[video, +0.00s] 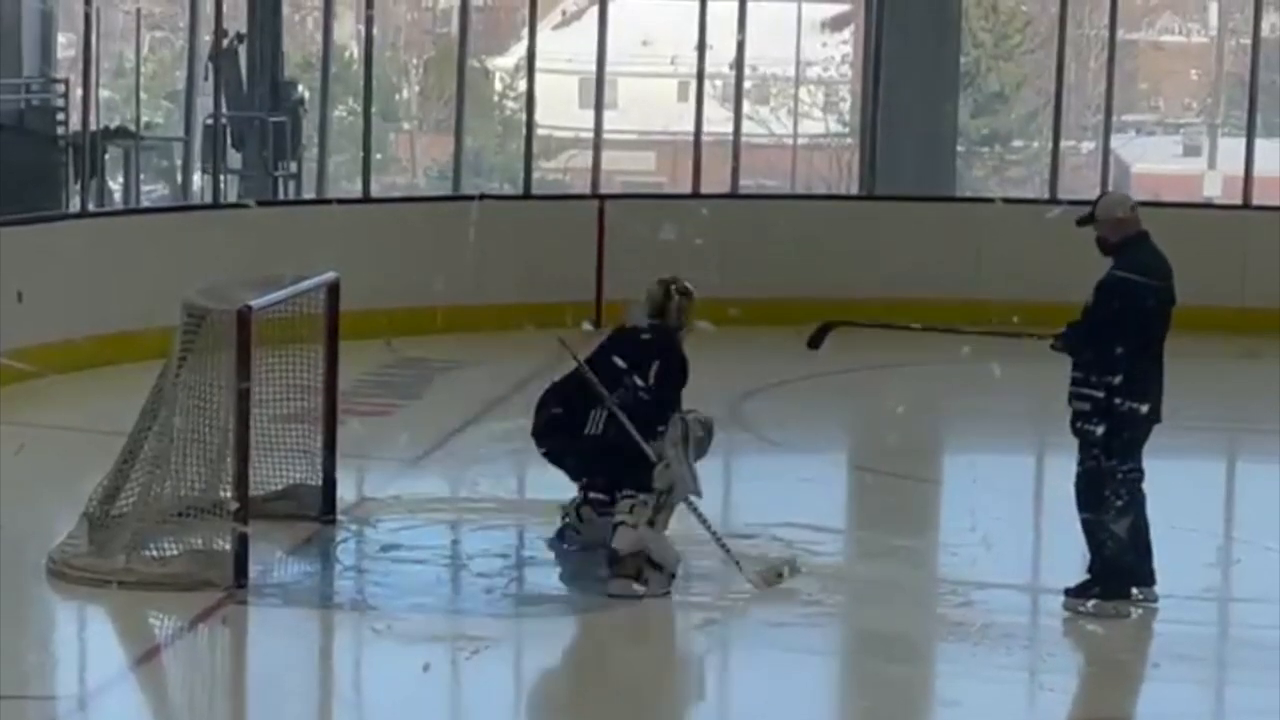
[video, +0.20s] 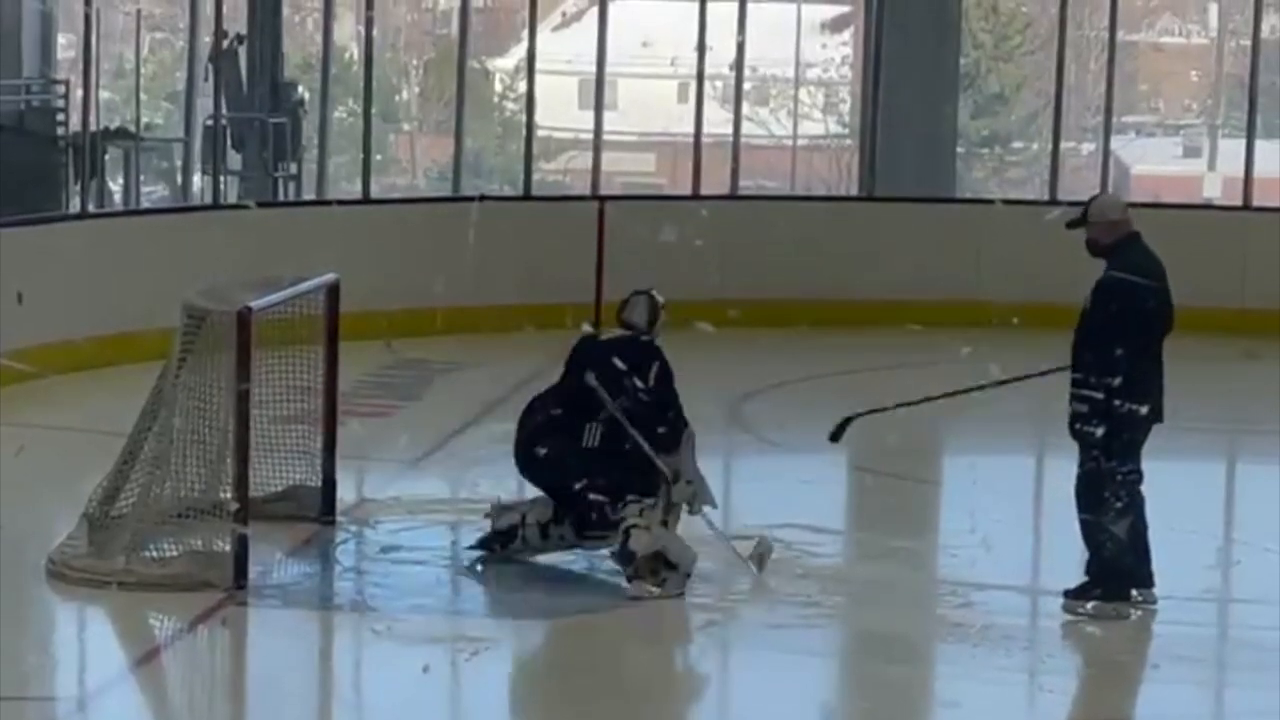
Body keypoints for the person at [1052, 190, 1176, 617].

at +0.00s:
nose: (1096, 236)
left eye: (1099, 228)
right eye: (1095, 228)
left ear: (1117, 226)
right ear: (1130, 223)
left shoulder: (1128, 272)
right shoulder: (1150, 265)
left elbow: (1103, 336)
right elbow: (1117, 328)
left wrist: (1069, 338)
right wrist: (1077, 334)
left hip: (1115, 404)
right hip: (1134, 401)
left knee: (1098, 489)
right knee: (1122, 487)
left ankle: (1111, 582)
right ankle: (1133, 575)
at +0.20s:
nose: (1085, 239)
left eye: (1089, 231)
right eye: (1085, 231)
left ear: (1107, 230)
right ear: (1118, 227)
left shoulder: (1121, 276)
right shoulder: (1143, 265)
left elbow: (1099, 352)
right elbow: (1141, 339)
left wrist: (1084, 411)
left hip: (1116, 406)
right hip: (1135, 401)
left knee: (1098, 493)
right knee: (1122, 489)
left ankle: (1108, 583)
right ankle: (1134, 577)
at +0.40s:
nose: (1071, 248)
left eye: (1075, 240)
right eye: (1070, 240)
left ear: (1096, 237)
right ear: (1100, 236)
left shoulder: (1115, 281)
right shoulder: (1120, 271)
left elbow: (1105, 354)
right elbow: (1117, 350)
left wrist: (1087, 413)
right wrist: (1092, 401)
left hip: (1113, 408)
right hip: (1124, 405)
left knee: (1095, 495)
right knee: (1117, 493)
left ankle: (1101, 589)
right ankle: (1133, 579)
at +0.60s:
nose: (1055, 263)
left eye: (1059, 254)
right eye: (1053, 254)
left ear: (1079, 252)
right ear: (1080, 251)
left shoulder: (1114, 292)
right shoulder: (1088, 287)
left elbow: (1112, 366)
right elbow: (1074, 350)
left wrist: (1069, 396)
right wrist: (1054, 383)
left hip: (1110, 419)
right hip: (1089, 415)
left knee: (1079, 500)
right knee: (1109, 498)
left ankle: (1085, 591)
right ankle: (1133, 577)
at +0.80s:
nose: (1041, 265)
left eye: (1045, 258)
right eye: (1040, 258)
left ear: (1068, 256)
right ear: (1058, 257)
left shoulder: (1104, 298)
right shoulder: (1059, 288)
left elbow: (1108, 371)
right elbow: (1040, 349)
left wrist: (1095, 429)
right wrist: (1006, 388)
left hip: (1097, 424)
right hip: (1067, 420)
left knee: (1066, 508)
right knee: (1087, 498)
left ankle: (1063, 602)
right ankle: (1119, 565)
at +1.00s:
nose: (1030, 262)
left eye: (1036, 256)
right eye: (1029, 255)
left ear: (1060, 254)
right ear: (1044, 254)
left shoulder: (1102, 298)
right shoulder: (1040, 287)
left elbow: (1105, 376)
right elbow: (1017, 345)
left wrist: (1090, 437)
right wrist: (983, 386)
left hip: (1077, 425)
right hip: (1038, 422)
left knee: (1056, 519)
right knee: (1054, 511)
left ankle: (1046, 615)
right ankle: (1075, 586)